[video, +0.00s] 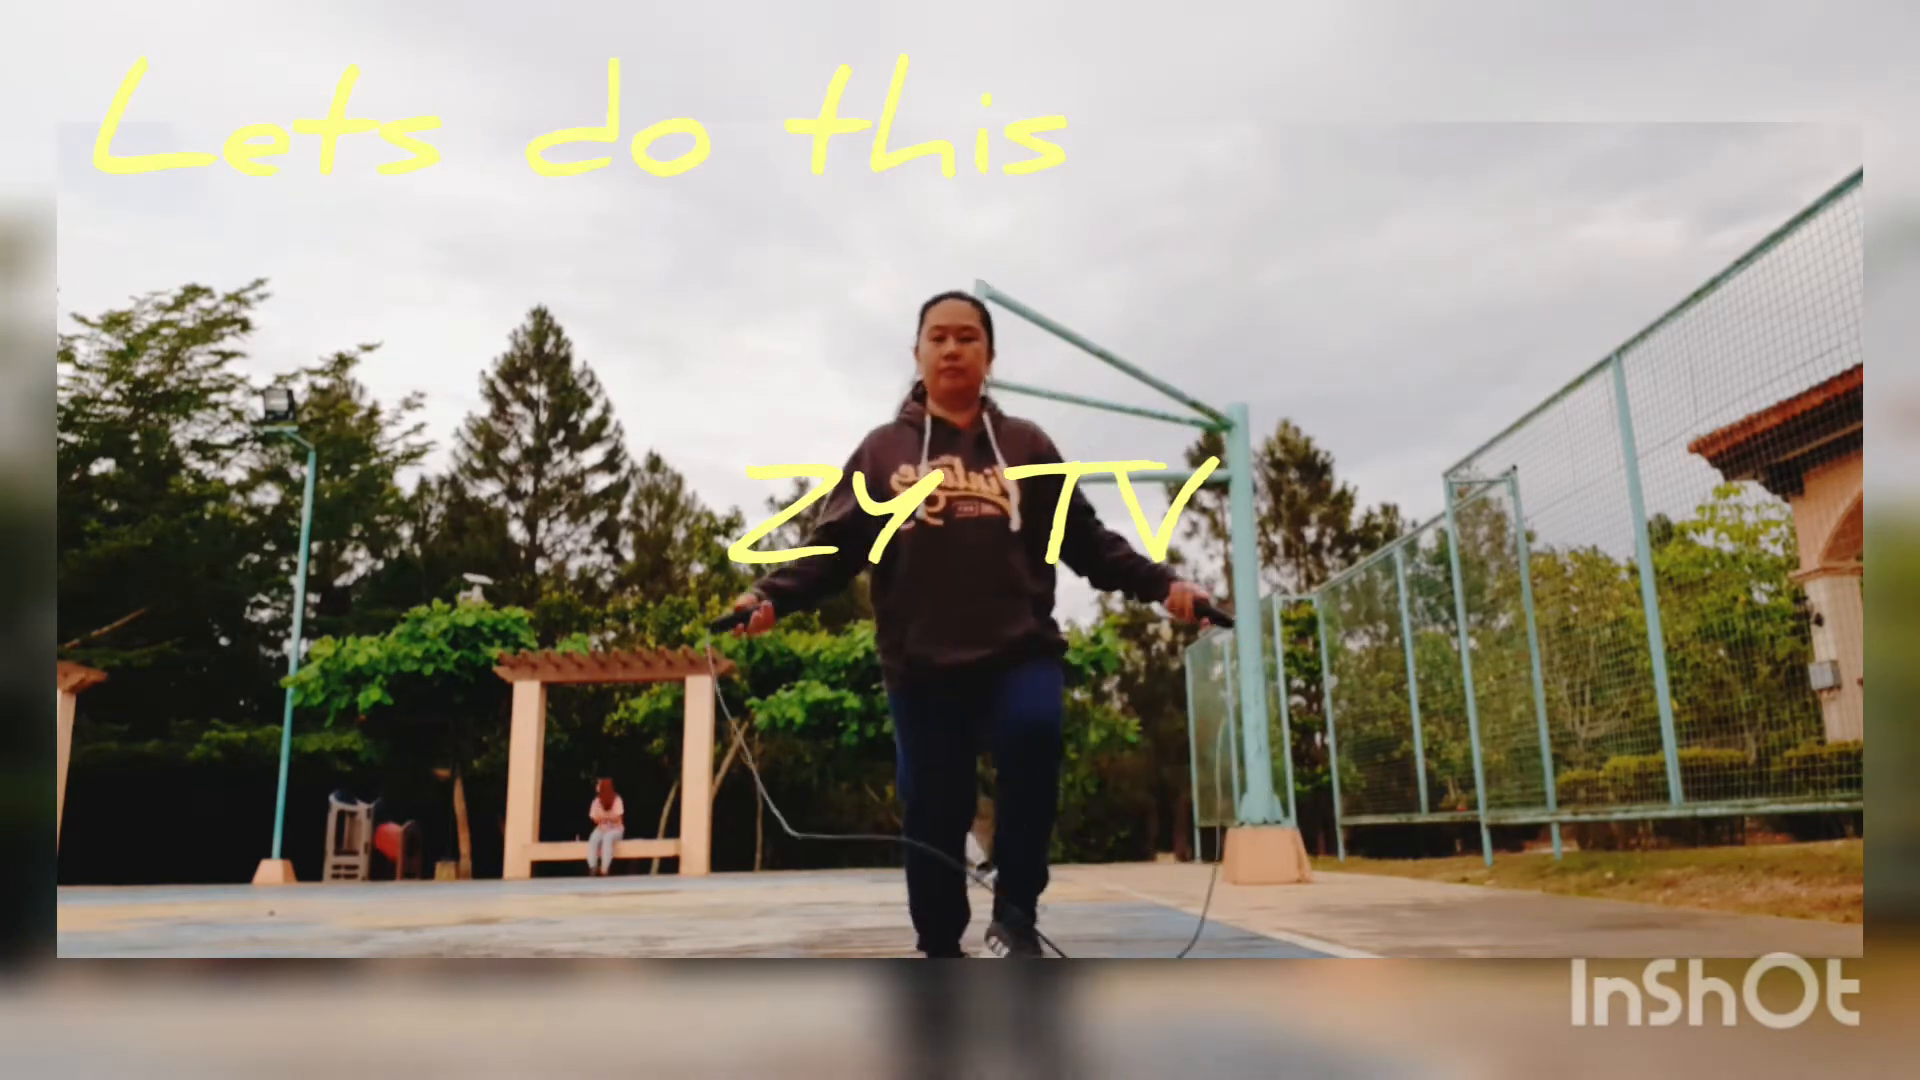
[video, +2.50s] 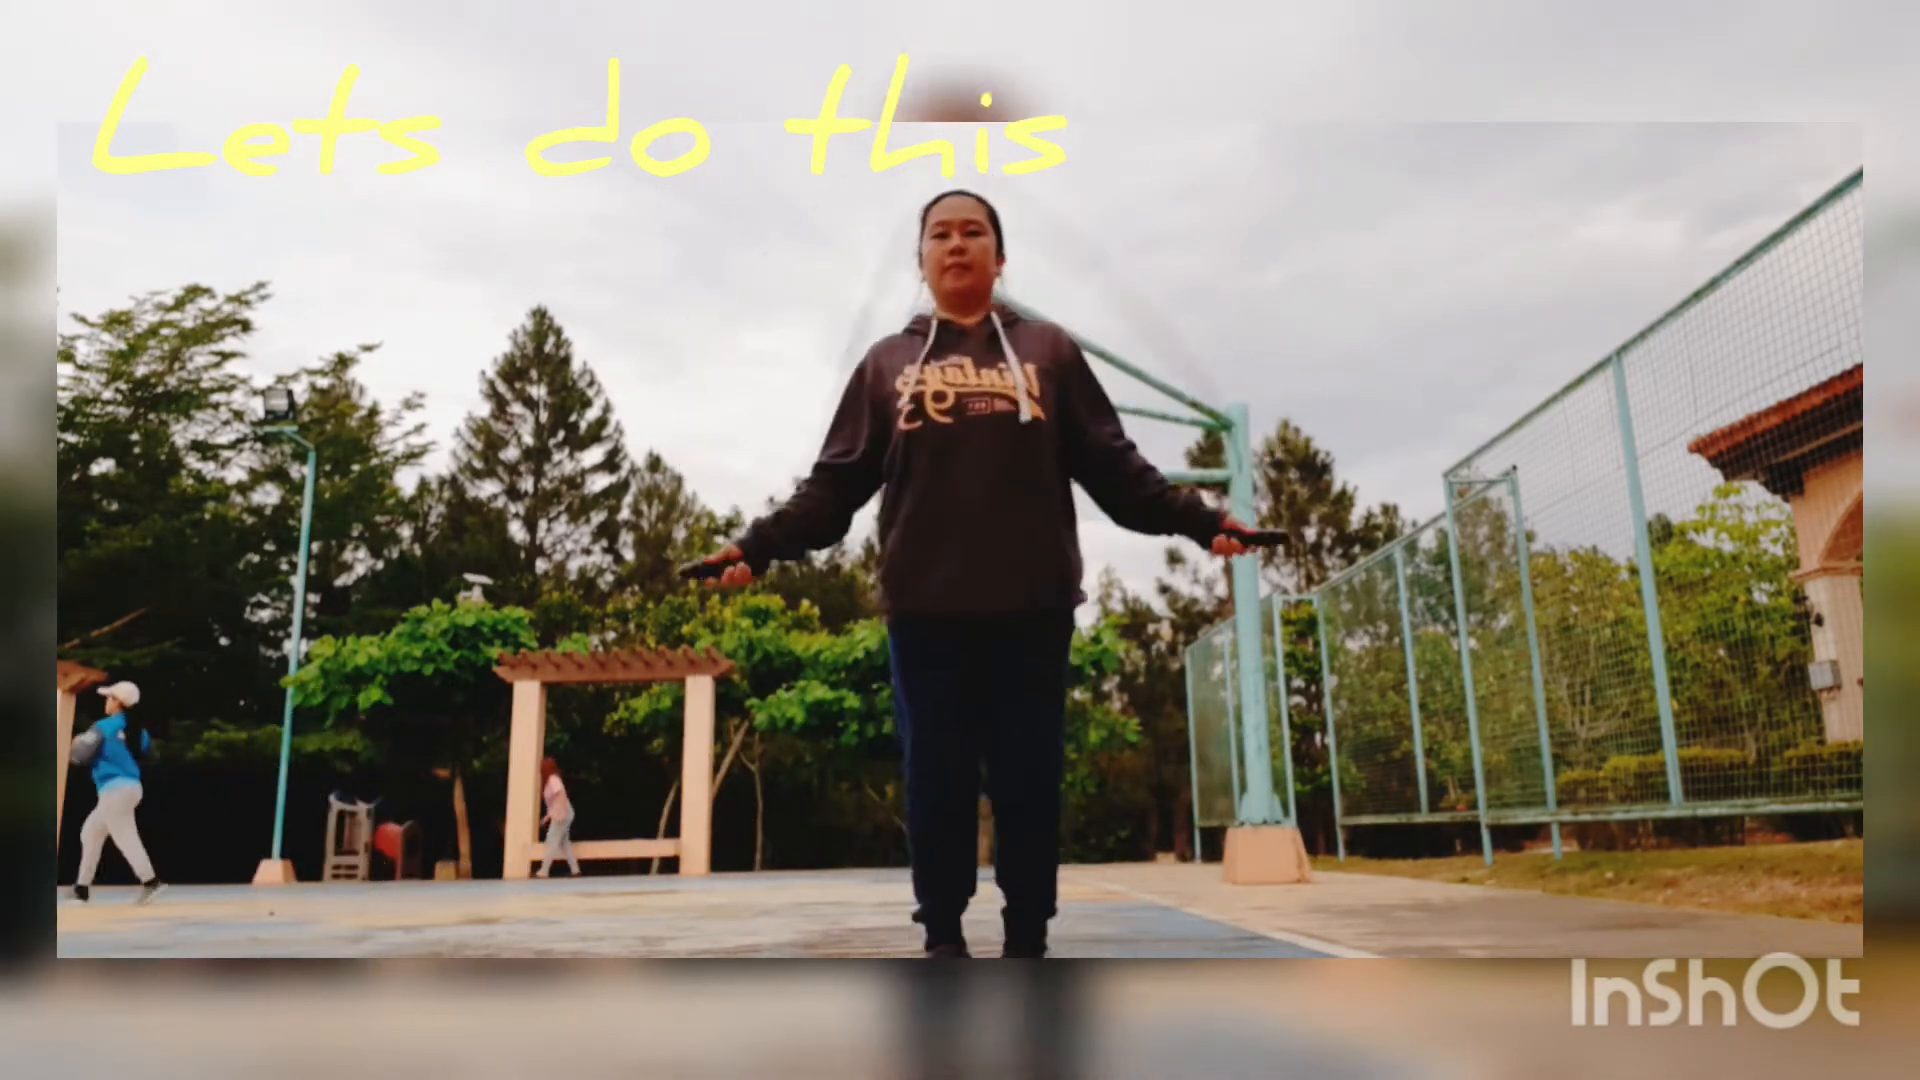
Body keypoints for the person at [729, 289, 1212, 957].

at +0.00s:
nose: (953, 350)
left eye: (967, 338)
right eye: (939, 337)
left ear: (990, 355)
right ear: (917, 353)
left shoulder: (1026, 445)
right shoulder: (883, 450)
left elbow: (1084, 539)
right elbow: (831, 545)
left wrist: (1164, 586)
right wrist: (772, 595)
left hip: (1020, 654)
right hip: (925, 662)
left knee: (1035, 739)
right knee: (932, 810)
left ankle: (1017, 921)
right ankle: (939, 952)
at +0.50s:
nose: (956, 304)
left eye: (972, 293)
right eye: (941, 295)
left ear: (997, 319)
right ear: (922, 320)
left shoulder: (1040, 403)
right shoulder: (892, 408)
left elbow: (1118, 482)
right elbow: (827, 497)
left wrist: (1210, 448)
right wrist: (727, 478)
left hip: (1003, 642)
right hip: (905, 643)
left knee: (996, 809)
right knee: (895, 778)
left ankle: (1001, 956)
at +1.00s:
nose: (941, 288)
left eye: (956, 277)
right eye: (926, 278)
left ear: (982, 299)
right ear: (906, 302)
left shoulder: (1030, 395)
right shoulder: (870, 401)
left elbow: (1091, 490)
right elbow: (824, 502)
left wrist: (1169, 531)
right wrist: (764, 554)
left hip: (1008, 637)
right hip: (903, 640)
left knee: (1005, 799)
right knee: (903, 798)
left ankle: (1006, 953)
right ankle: (898, 953)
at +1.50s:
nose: (951, 258)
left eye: (965, 246)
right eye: (936, 248)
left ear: (992, 269)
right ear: (914, 272)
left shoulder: (1042, 364)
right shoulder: (881, 375)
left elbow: (1106, 476)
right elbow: (831, 490)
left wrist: (1194, 498)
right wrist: (751, 535)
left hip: (1028, 615)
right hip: (919, 619)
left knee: (1031, 787)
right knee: (927, 789)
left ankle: (1035, 946)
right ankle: (930, 951)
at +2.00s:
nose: (955, 285)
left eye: (971, 275)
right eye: (940, 276)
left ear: (997, 299)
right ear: (919, 299)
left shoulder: (1042, 391)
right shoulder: (883, 401)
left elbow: (1105, 501)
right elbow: (840, 519)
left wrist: (1194, 512)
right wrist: (756, 547)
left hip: (1024, 638)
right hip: (917, 640)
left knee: (1025, 811)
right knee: (925, 811)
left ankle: (1027, 957)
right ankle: (923, 958)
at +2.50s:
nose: (958, 245)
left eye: (972, 233)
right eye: (943, 235)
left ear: (999, 255)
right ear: (922, 258)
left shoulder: (1050, 353)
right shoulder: (887, 364)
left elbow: (1114, 469)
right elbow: (834, 487)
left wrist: (1201, 518)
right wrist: (755, 547)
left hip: (1033, 603)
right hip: (927, 606)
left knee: (1029, 776)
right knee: (936, 778)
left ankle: (1027, 941)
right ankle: (942, 942)